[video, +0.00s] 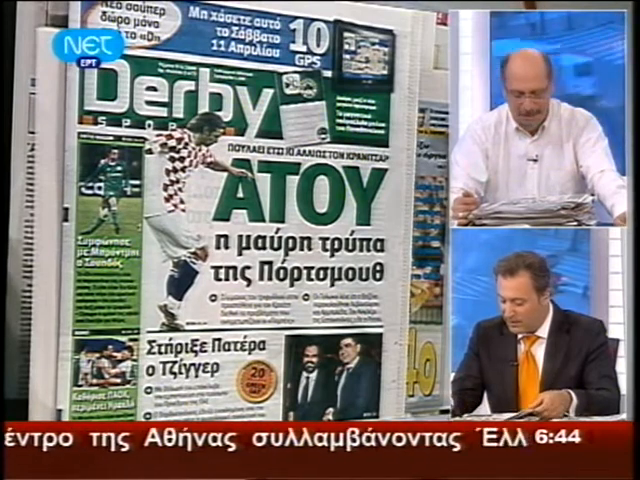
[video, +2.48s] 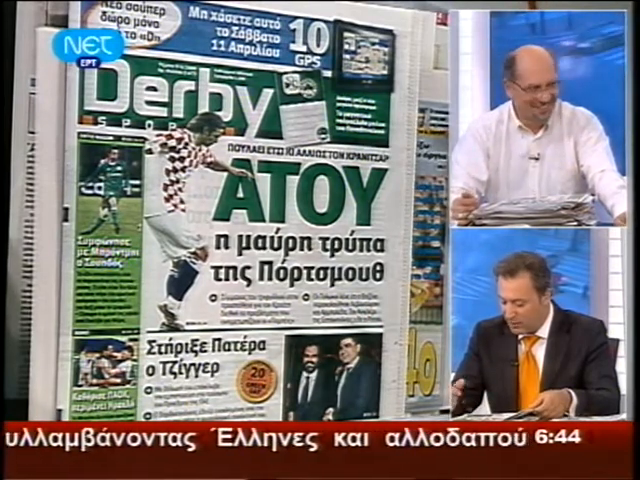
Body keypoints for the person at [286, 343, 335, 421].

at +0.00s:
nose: (310, 360)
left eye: (314, 356)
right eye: (307, 356)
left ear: (320, 359)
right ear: (302, 358)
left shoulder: (326, 377)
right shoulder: (296, 375)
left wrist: (330, 411)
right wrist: (291, 412)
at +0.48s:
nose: (310, 360)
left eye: (314, 356)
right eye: (307, 356)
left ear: (320, 359)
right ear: (302, 358)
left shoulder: (326, 377)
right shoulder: (295, 375)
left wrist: (330, 411)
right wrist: (291, 412)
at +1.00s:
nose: (310, 360)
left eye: (314, 356)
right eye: (307, 356)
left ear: (320, 359)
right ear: (302, 358)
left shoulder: (326, 377)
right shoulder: (295, 375)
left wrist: (330, 411)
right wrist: (290, 412)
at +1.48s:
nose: (310, 360)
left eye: (314, 356)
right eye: (307, 356)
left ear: (320, 359)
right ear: (302, 358)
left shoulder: (326, 377)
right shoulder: (295, 375)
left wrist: (330, 411)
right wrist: (290, 412)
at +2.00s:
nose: (310, 360)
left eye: (314, 356)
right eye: (307, 356)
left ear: (320, 359)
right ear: (302, 358)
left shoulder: (326, 377)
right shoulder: (296, 375)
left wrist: (330, 411)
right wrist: (291, 412)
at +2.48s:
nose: (310, 360)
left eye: (314, 356)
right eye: (307, 356)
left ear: (320, 359)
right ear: (303, 358)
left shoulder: (326, 377)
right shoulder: (296, 375)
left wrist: (330, 411)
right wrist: (291, 412)